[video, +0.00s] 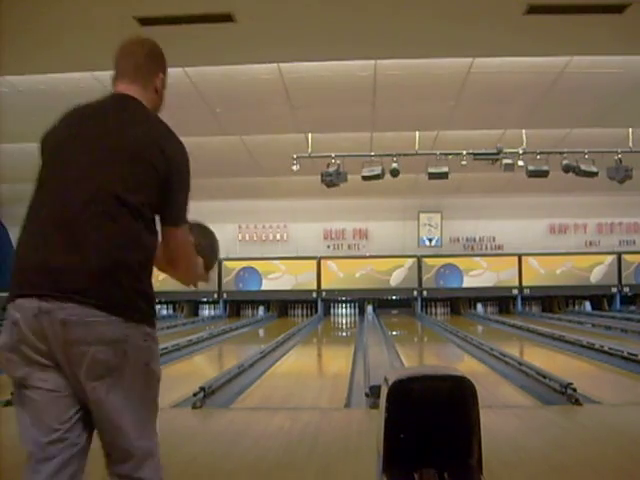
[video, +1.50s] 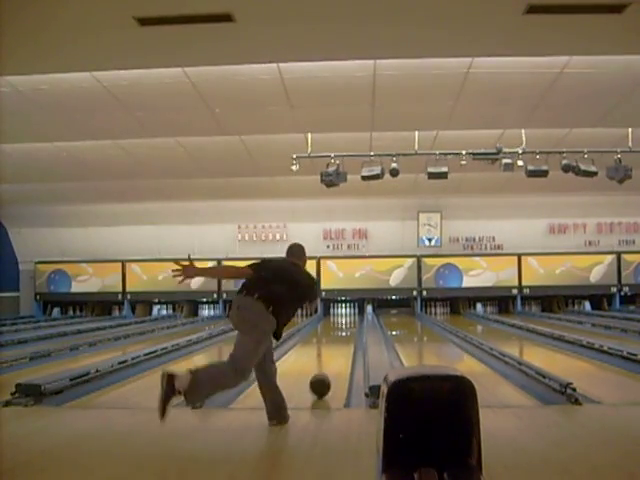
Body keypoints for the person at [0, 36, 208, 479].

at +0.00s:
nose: (164, 95)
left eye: (163, 88)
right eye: (165, 86)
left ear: (114, 78)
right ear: (159, 81)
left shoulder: (63, 127)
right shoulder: (164, 144)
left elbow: (85, 221)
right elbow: (175, 249)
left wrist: (165, 257)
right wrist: (194, 272)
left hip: (28, 310)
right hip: (108, 314)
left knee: (49, 463)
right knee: (135, 463)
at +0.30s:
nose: (207, 157)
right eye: (208, 151)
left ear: (167, 145)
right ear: (205, 149)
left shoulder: (126, 178)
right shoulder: (209, 203)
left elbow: (129, 265)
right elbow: (217, 301)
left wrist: (175, 330)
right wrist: (226, 359)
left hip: (76, 312)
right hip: (138, 318)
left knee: (103, 430)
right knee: (157, 452)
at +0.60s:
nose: (240, 198)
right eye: (242, 193)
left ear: (213, 181)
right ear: (242, 189)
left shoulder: (176, 202)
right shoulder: (239, 214)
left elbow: (132, 258)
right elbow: (233, 263)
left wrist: (97, 312)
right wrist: (229, 332)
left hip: (136, 286)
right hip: (183, 291)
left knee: (150, 398)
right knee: (178, 399)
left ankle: (172, 468)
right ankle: (166, 472)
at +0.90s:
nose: (278, 233)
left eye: (277, 229)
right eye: (278, 232)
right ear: (272, 234)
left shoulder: (209, 236)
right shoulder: (266, 243)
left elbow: (172, 224)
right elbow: (259, 212)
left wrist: (129, 211)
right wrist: (246, 188)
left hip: (180, 298)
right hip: (223, 303)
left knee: (190, 381)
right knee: (231, 385)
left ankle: (178, 459)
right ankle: (226, 466)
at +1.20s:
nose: (293, 264)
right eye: (294, 259)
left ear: (274, 252)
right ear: (293, 258)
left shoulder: (252, 262)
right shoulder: (291, 280)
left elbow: (220, 267)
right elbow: (278, 304)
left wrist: (188, 266)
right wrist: (278, 329)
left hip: (216, 324)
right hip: (243, 326)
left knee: (252, 375)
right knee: (248, 389)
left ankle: (262, 422)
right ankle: (229, 432)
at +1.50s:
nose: (301, 263)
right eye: (303, 259)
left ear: (287, 255)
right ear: (304, 260)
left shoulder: (272, 264)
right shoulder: (309, 282)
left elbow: (237, 272)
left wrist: (198, 271)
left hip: (239, 308)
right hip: (261, 319)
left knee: (266, 368)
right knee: (238, 370)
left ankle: (277, 415)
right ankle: (179, 383)